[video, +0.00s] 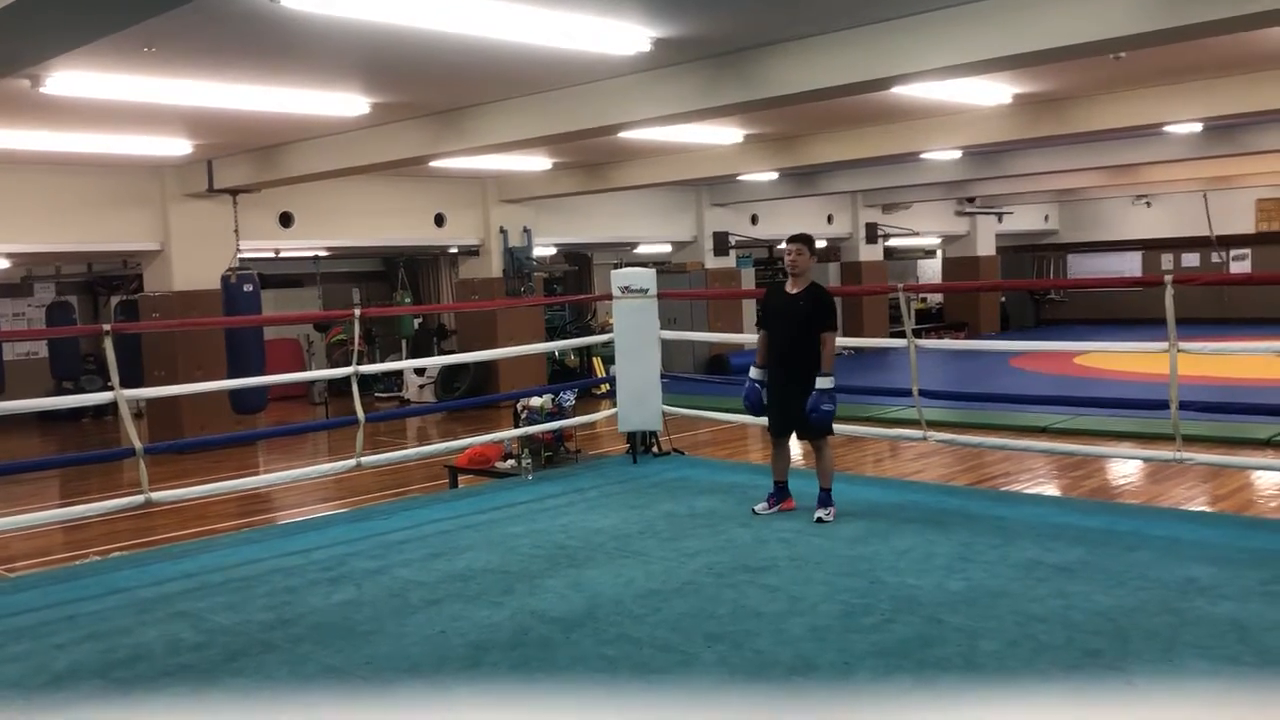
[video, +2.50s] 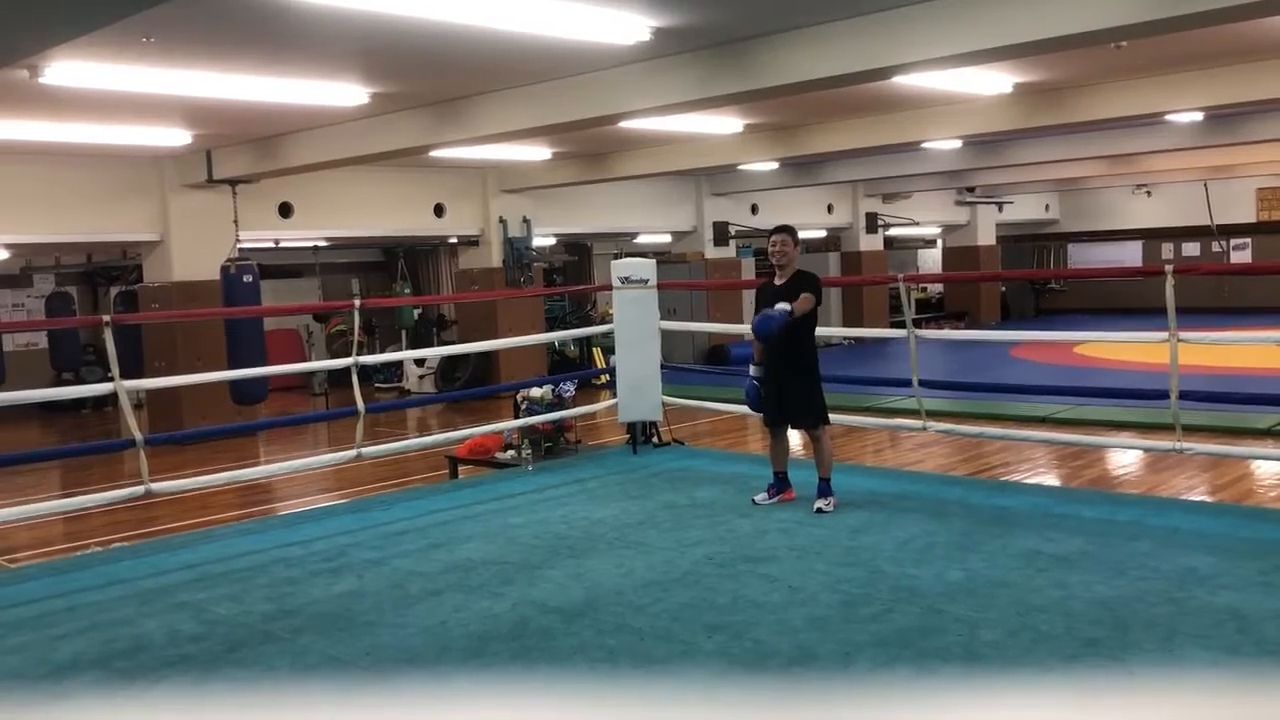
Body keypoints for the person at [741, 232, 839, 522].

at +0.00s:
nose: (792, 258)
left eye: (799, 253)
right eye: (788, 253)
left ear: (812, 259)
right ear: (783, 258)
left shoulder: (822, 298)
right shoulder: (773, 294)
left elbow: (828, 344)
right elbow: (764, 338)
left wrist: (825, 386)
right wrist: (755, 379)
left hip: (810, 383)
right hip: (778, 381)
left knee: (819, 442)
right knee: (778, 438)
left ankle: (825, 499)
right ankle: (780, 493)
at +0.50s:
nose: (773, 253)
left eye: (780, 249)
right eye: (770, 249)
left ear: (793, 254)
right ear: (764, 254)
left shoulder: (806, 292)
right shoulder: (756, 293)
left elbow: (818, 336)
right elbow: (747, 337)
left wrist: (823, 378)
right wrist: (741, 378)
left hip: (798, 377)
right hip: (765, 378)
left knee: (809, 436)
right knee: (768, 435)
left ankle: (818, 494)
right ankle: (773, 489)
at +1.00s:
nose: (769, 251)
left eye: (776, 246)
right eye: (766, 246)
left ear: (789, 252)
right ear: (761, 252)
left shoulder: (804, 288)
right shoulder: (756, 291)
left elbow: (816, 332)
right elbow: (748, 336)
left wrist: (818, 374)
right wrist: (742, 377)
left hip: (798, 375)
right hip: (766, 376)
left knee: (809, 434)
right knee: (768, 432)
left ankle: (817, 492)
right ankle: (773, 487)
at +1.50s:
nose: (775, 250)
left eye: (781, 245)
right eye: (771, 246)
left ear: (794, 250)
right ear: (766, 252)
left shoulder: (809, 286)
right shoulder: (760, 291)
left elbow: (821, 331)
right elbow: (753, 335)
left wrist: (823, 373)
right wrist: (748, 376)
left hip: (803, 373)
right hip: (771, 374)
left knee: (814, 432)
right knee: (774, 431)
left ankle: (823, 491)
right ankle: (779, 485)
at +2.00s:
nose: (778, 250)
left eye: (785, 245)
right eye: (774, 245)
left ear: (797, 250)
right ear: (769, 251)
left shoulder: (810, 281)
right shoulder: (762, 289)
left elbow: (812, 303)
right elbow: (755, 333)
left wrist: (795, 310)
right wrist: (750, 375)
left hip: (804, 370)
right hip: (773, 371)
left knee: (816, 431)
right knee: (776, 429)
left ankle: (826, 491)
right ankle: (781, 485)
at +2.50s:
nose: (777, 249)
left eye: (784, 244)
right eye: (773, 245)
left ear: (796, 249)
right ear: (767, 251)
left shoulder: (809, 280)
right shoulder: (764, 290)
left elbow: (808, 301)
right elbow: (759, 334)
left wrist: (786, 312)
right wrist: (755, 374)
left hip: (802, 367)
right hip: (772, 368)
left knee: (815, 430)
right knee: (775, 428)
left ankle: (824, 489)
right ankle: (780, 484)